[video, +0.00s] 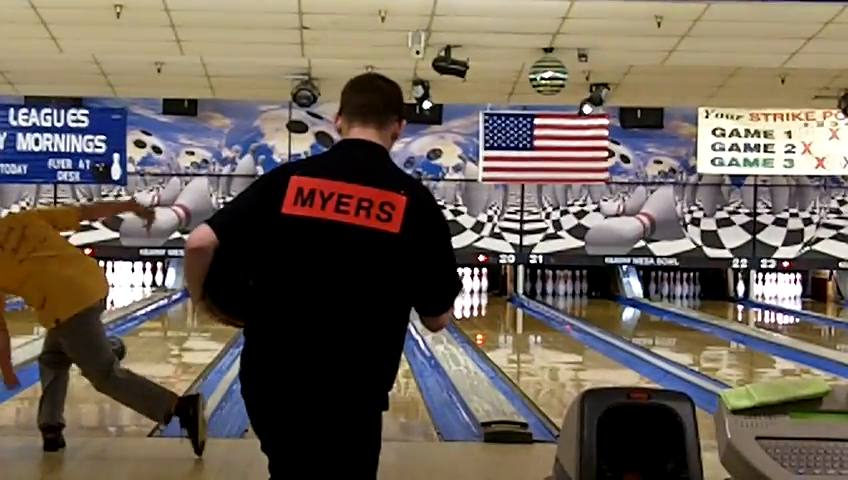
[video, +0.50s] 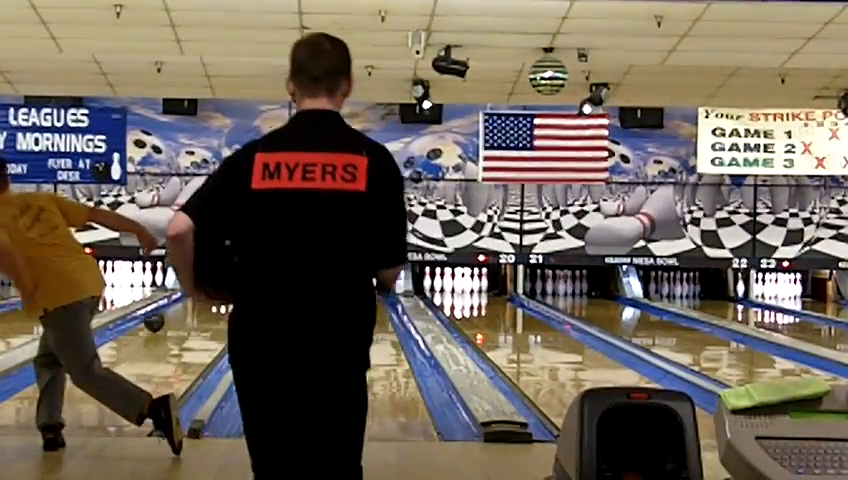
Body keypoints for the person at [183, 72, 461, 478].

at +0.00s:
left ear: (338, 121)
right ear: (398, 129)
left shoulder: (288, 177)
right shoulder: (416, 202)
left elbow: (199, 243)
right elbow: (436, 317)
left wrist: (204, 302)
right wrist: (407, 266)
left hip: (271, 381)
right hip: (355, 391)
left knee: (286, 475)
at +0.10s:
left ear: (334, 121)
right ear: (394, 126)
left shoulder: (284, 179)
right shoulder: (411, 203)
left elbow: (195, 244)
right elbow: (432, 316)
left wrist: (200, 304)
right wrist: (402, 265)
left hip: (270, 383)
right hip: (352, 391)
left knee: (285, 474)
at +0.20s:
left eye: (325, 115)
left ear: (325, 118)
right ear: (385, 122)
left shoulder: (278, 182)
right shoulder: (403, 202)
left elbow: (192, 244)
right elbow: (427, 313)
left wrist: (196, 302)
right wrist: (397, 263)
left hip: (266, 382)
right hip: (348, 389)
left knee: (285, 472)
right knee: (342, 478)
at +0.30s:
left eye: (316, 106)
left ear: (315, 111)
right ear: (373, 115)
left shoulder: (267, 179)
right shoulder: (394, 194)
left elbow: (185, 241)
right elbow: (415, 302)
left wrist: (198, 304)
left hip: (264, 374)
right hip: (346, 378)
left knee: (279, 470)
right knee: (339, 475)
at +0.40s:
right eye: (358, 93)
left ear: (301, 96)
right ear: (359, 100)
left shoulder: (261, 166)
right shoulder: (384, 176)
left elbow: (180, 234)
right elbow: (404, 282)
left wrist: (193, 292)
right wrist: (361, 263)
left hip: (262, 359)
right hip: (342, 361)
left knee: (278, 470)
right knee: (336, 472)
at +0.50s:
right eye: (346, 80)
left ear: (291, 85)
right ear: (347, 86)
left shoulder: (252, 157)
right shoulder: (377, 162)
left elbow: (180, 229)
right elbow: (389, 272)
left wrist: (198, 290)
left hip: (261, 341)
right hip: (340, 340)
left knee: (271, 465)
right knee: (340, 464)